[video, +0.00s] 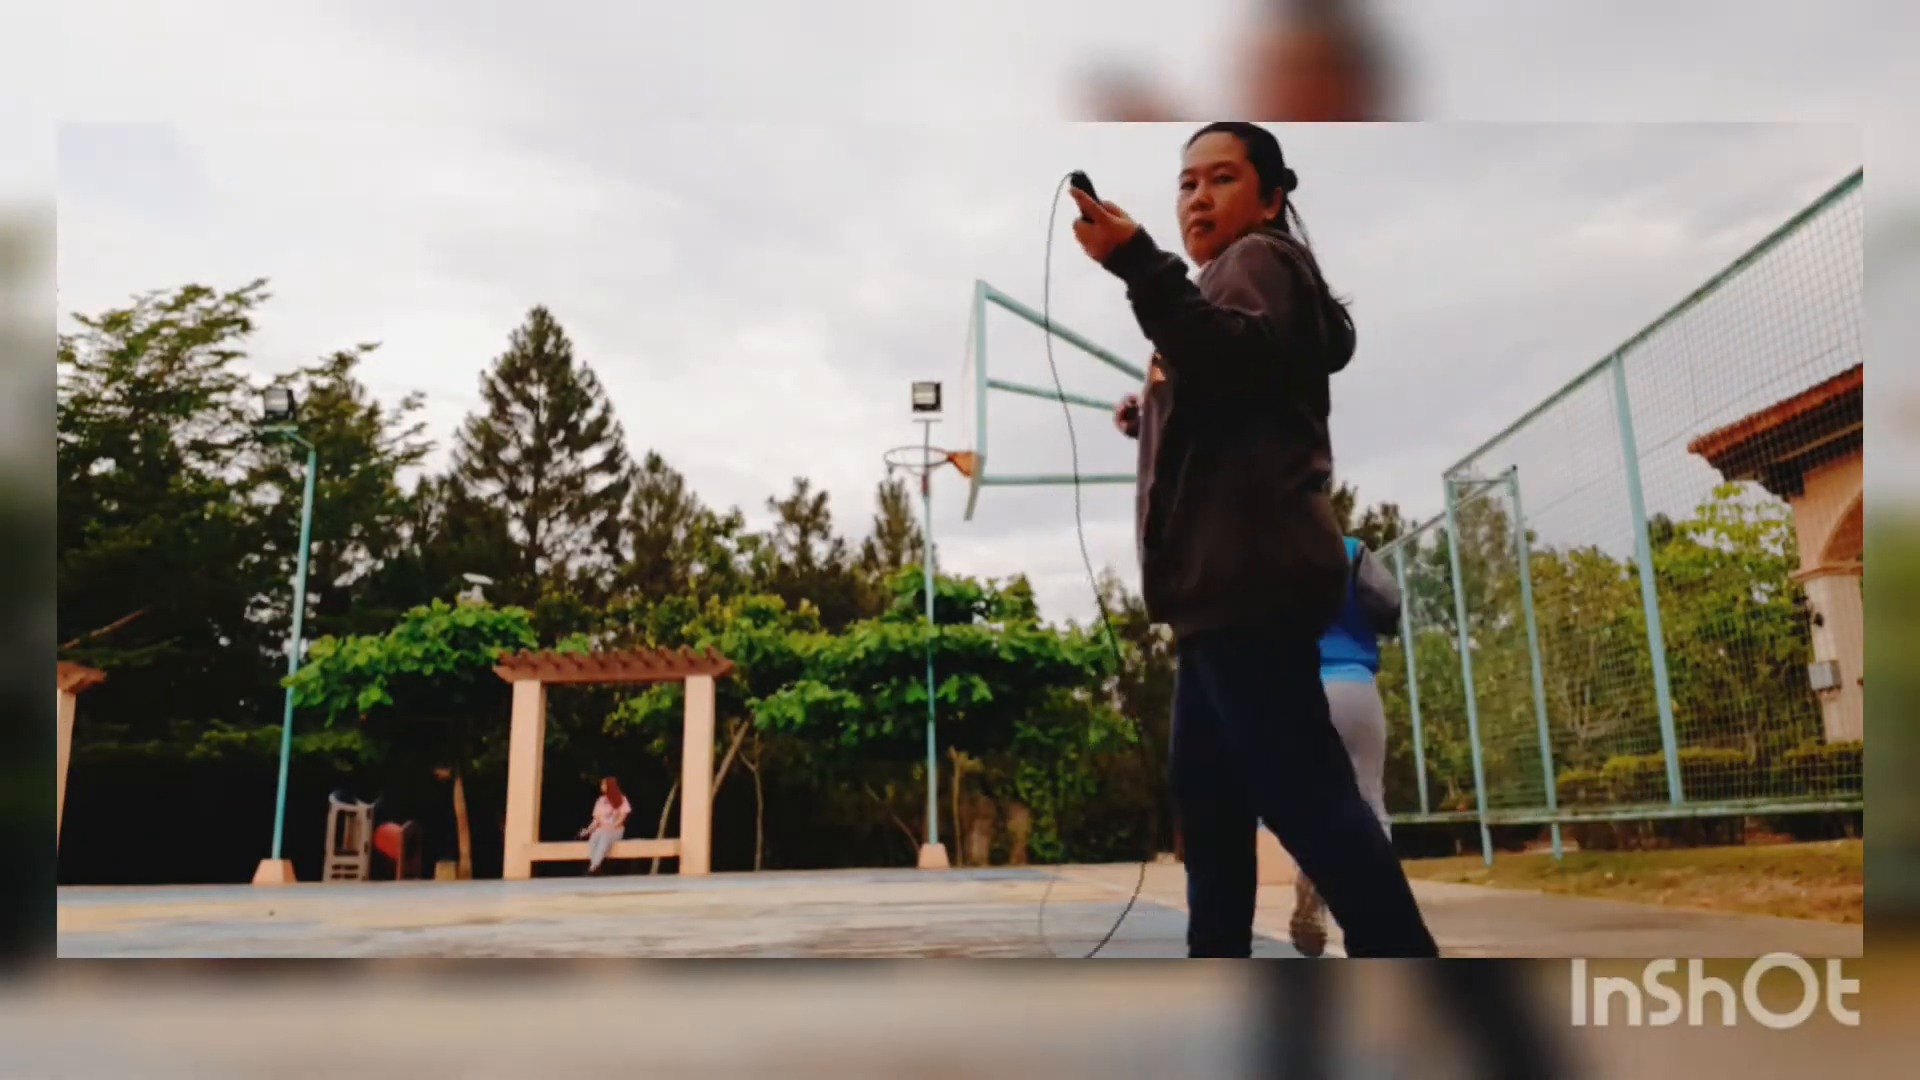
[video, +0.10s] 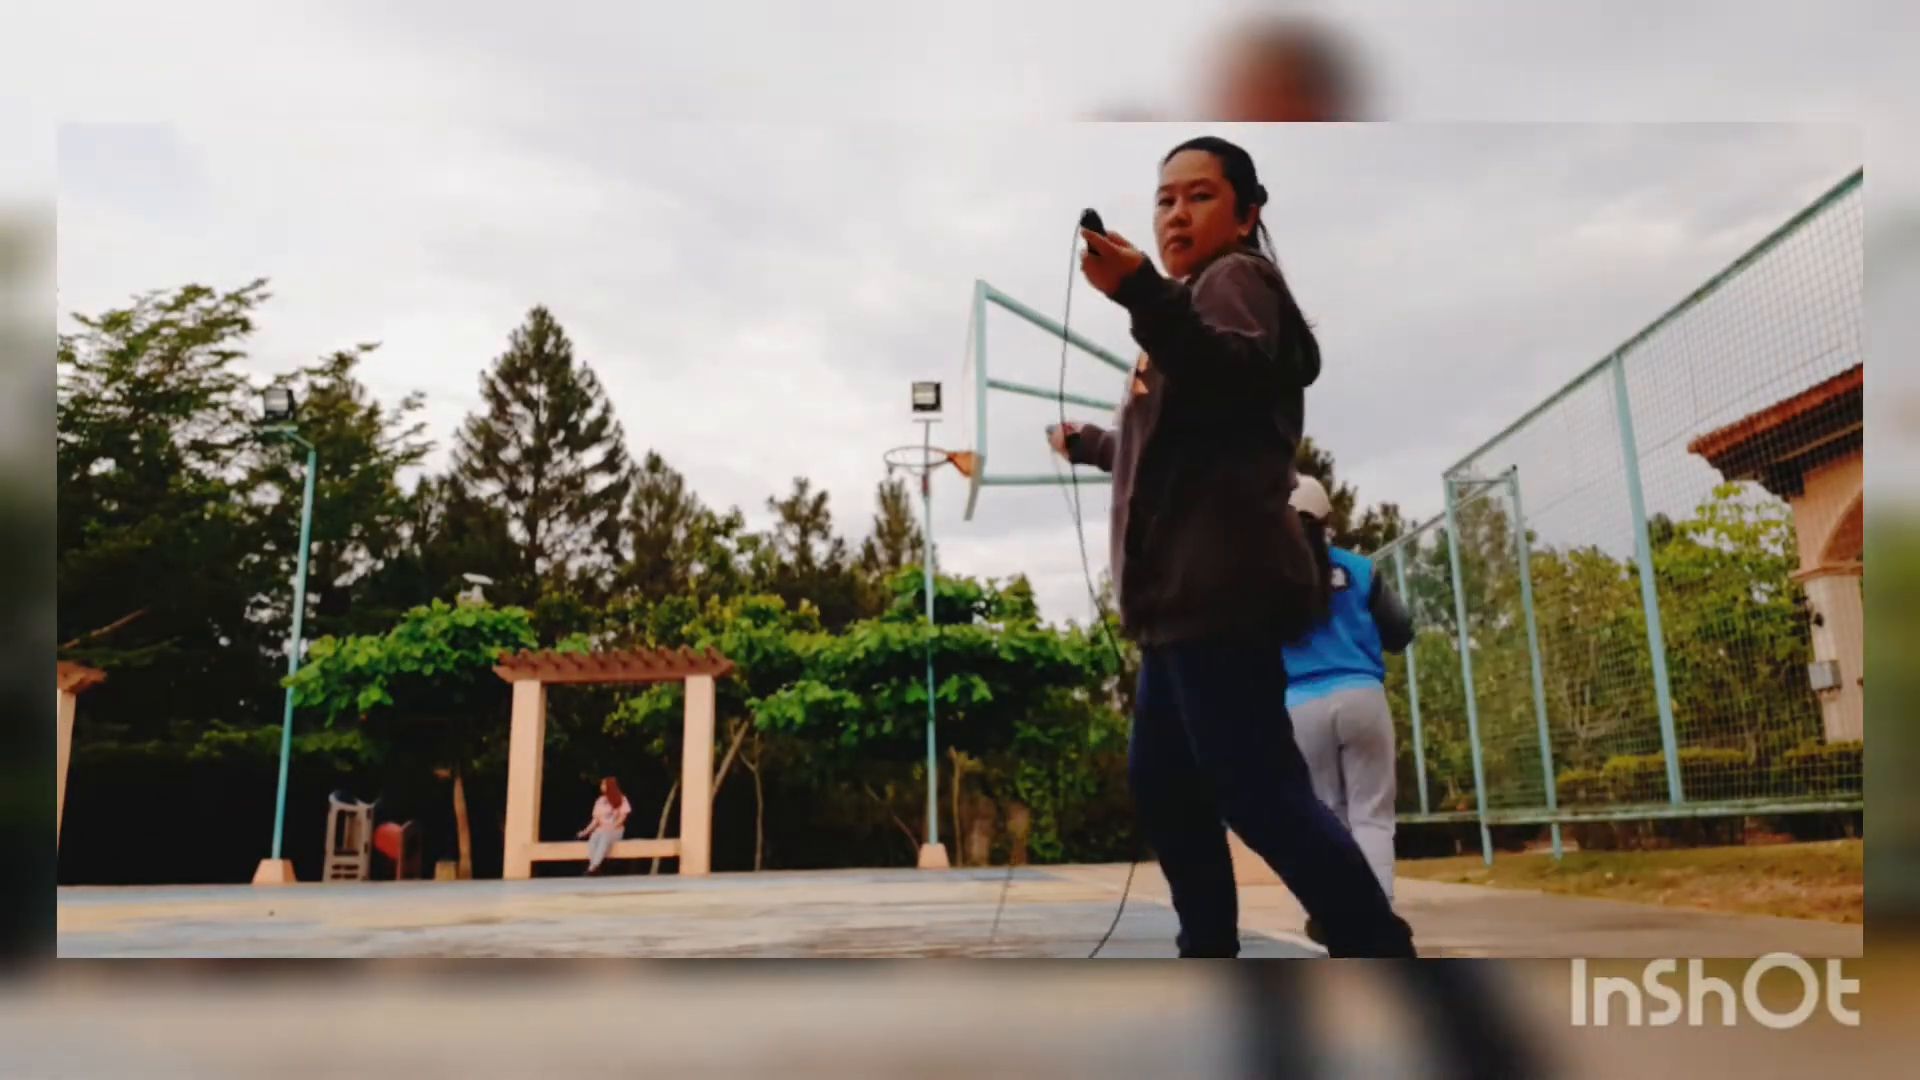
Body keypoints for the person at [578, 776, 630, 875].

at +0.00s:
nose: (602, 787)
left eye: (604, 785)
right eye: (602, 784)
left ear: (610, 786)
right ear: (602, 786)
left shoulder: (621, 800)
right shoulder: (601, 800)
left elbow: (623, 815)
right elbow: (597, 819)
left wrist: (613, 826)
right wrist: (588, 830)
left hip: (614, 828)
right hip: (601, 827)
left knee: (605, 838)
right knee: (595, 836)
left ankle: (594, 865)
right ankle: (594, 863)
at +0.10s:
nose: (602, 787)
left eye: (604, 784)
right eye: (602, 784)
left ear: (610, 786)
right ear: (602, 786)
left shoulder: (621, 800)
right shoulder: (600, 800)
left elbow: (622, 816)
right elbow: (596, 820)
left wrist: (612, 827)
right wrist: (584, 832)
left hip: (614, 828)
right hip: (601, 827)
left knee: (605, 838)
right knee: (594, 837)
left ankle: (593, 865)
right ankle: (593, 863)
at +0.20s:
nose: (601, 787)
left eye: (603, 785)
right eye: (601, 784)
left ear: (610, 786)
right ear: (601, 786)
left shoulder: (621, 800)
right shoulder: (600, 800)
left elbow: (622, 816)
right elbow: (595, 819)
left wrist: (613, 827)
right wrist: (584, 833)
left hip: (614, 828)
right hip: (601, 827)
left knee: (605, 838)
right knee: (594, 837)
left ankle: (594, 865)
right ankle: (593, 863)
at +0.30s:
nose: (600, 787)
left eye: (602, 784)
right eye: (600, 784)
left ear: (608, 786)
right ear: (601, 786)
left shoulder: (619, 800)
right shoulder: (599, 801)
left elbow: (623, 816)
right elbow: (594, 820)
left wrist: (613, 827)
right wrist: (583, 835)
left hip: (614, 827)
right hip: (601, 827)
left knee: (605, 839)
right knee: (593, 838)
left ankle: (595, 865)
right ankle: (592, 864)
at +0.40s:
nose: (598, 786)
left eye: (601, 784)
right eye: (598, 784)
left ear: (607, 786)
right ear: (599, 786)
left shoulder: (619, 799)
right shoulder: (598, 801)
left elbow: (623, 815)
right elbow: (594, 820)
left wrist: (614, 827)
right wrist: (583, 835)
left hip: (613, 827)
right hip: (601, 827)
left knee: (606, 839)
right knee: (593, 838)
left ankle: (595, 865)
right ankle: (592, 864)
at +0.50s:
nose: (596, 788)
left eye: (599, 786)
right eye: (596, 785)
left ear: (604, 787)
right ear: (596, 788)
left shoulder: (618, 799)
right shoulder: (597, 801)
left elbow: (622, 816)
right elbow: (593, 821)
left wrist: (613, 827)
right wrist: (583, 835)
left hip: (613, 828)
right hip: (601, 828)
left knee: (606, 840)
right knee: (592, 839)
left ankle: (596, 866)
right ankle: (593, 865)